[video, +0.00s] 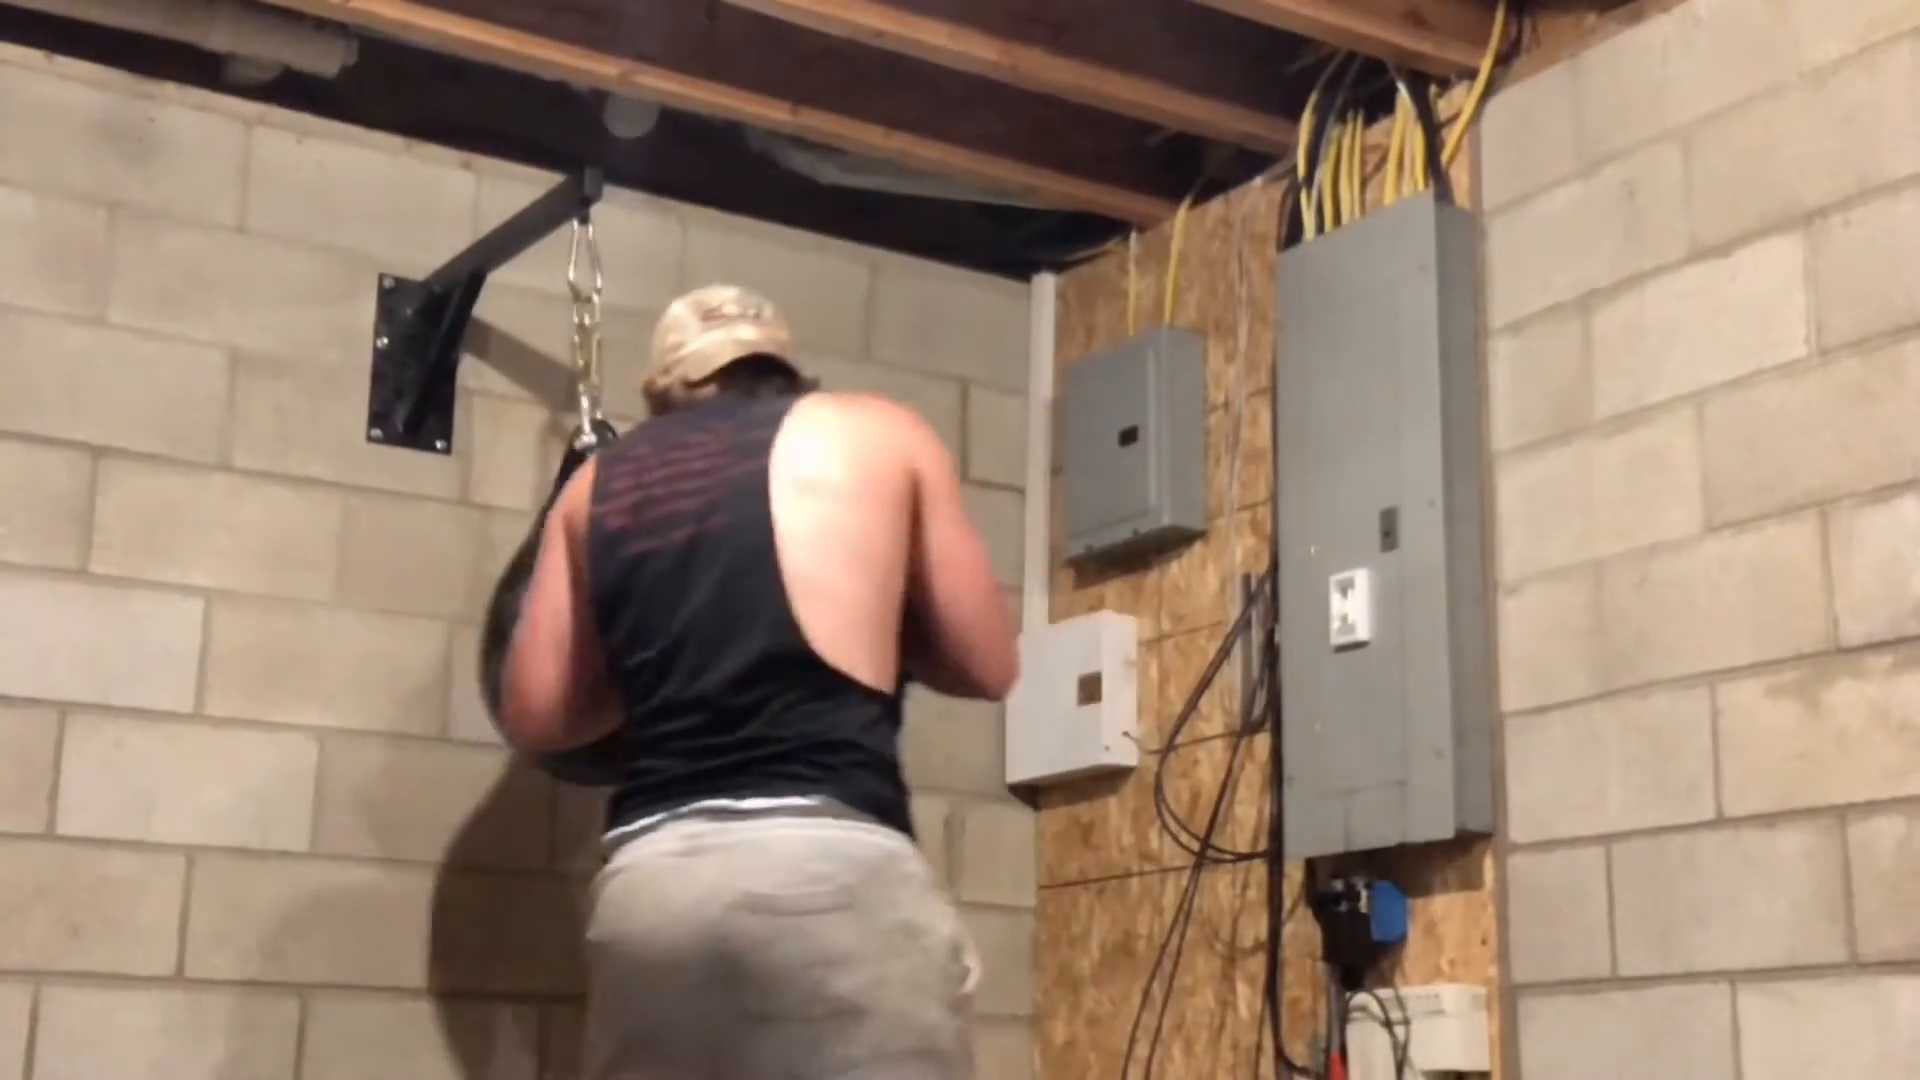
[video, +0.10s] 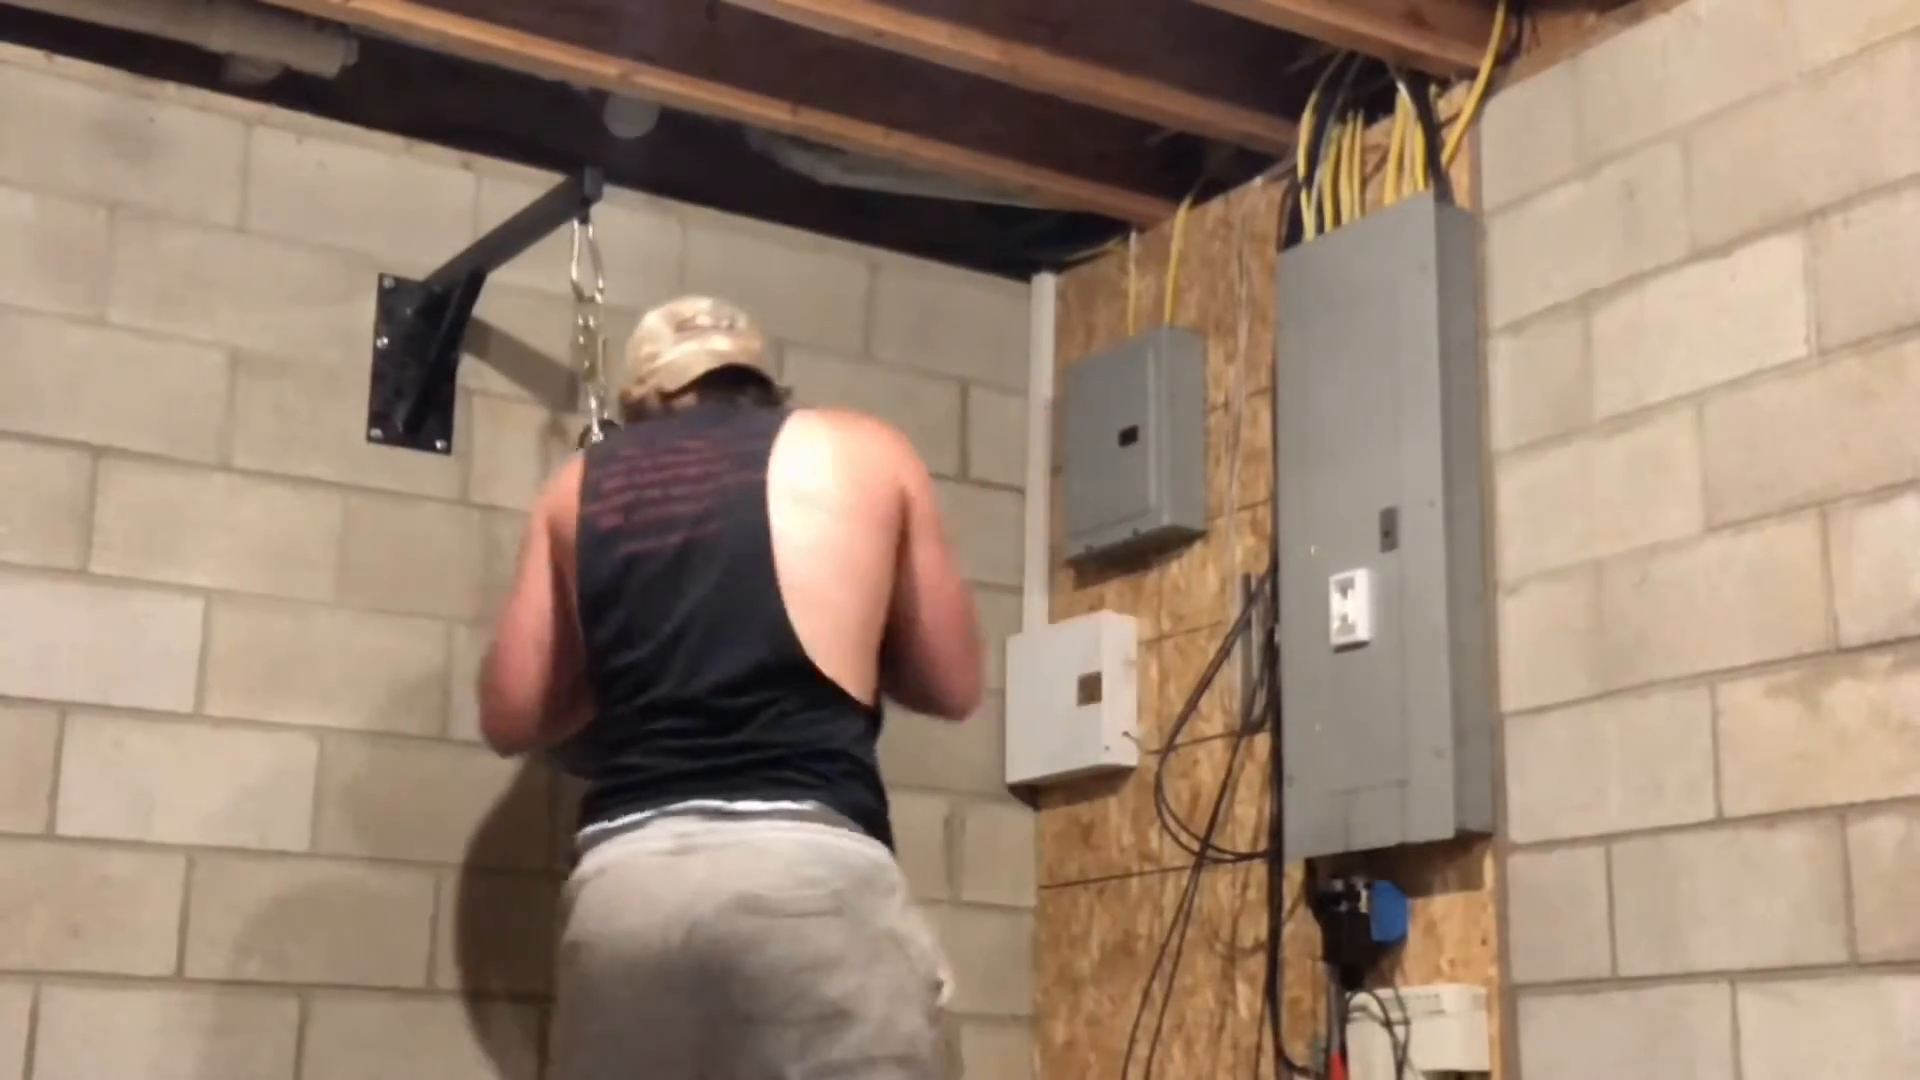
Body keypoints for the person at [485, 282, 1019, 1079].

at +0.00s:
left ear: (662, 388)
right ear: (786, 369)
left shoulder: (591, 484)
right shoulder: (887, 431)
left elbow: (537, 715)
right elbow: (987, 664)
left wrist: (666, 660)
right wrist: (854, 612)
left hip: (650, 882)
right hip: (845, 876)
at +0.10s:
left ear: (637, 399)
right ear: (765, 383)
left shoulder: (572, 486)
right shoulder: (871, 449)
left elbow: (512, 718)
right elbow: (952, 686)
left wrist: (636, 640)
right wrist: (834, 612)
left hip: (626, 886)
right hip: (817, 881)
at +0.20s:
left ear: (616, 404)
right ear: (738, 395)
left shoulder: (569, 473)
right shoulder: (858, 479)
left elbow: (477, 704)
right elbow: (903, 722)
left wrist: (579, 627)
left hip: (629, 881)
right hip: (819, 882)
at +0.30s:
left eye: (589, 423)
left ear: (606, 421)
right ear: (718, 423)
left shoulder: (591, 472)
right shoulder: (837, 527)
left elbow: (450, 682)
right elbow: (845, 703)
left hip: (651, 895)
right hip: (832, 917)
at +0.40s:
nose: (581, 465)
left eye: (589, 451)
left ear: (608, 442)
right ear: (720, 450)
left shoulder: (619, 487)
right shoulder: (831, 572)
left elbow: (480, 643)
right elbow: (814, 719)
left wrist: (427, 612)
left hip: (658, 923)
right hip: (840, 934)